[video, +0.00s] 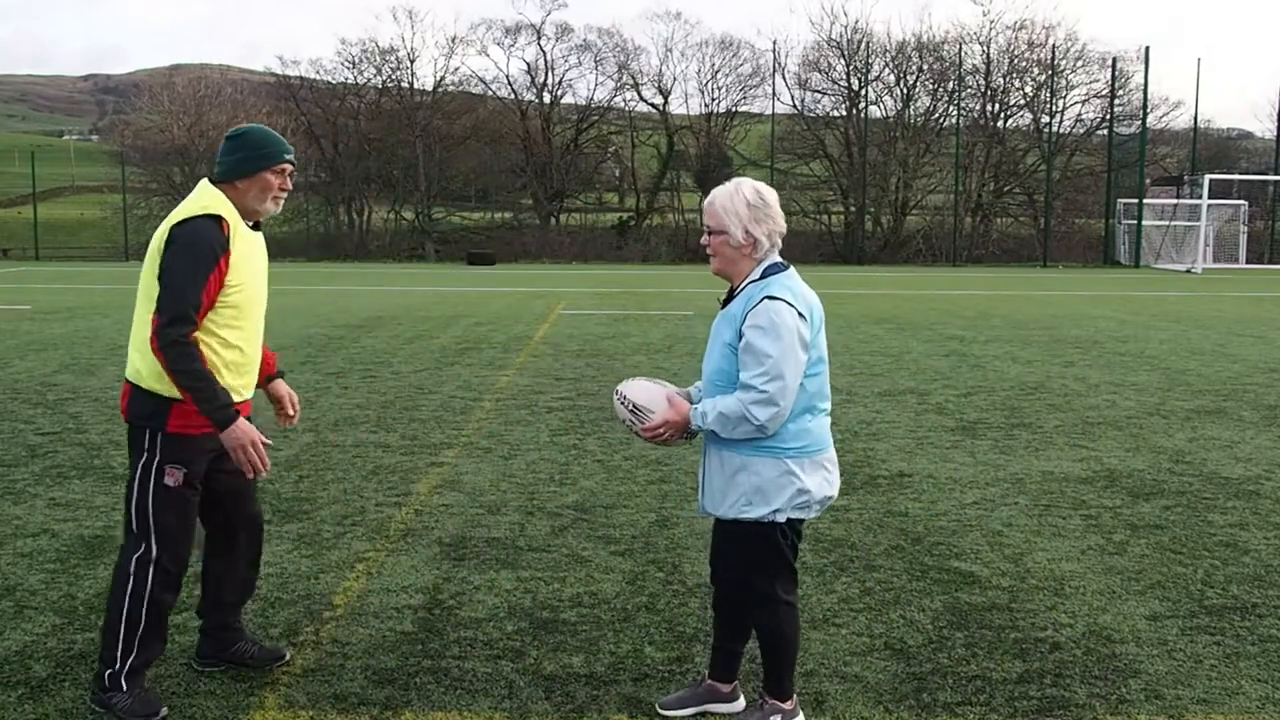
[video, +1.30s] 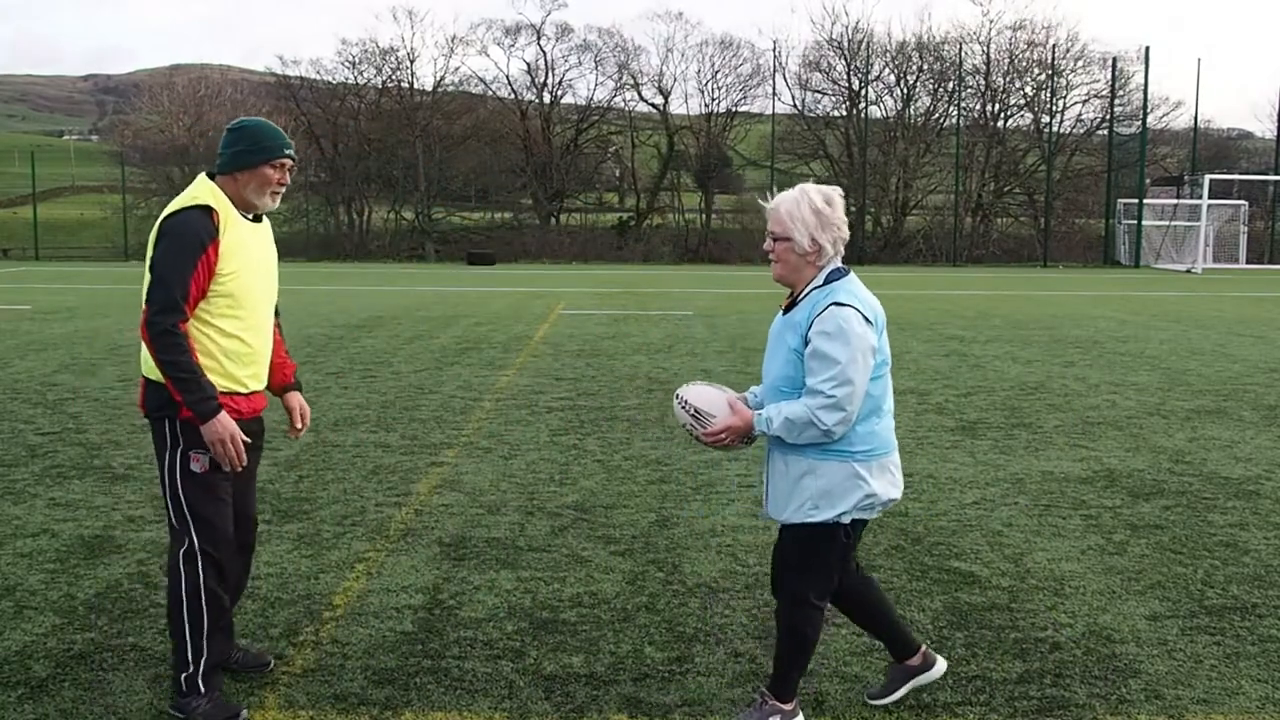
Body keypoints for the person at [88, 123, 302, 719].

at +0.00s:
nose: (285, 186)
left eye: (288, 177)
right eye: (275, 174)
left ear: (271, 181)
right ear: (238, 173)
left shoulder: (244, 228)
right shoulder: (201, 227)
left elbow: (237, 317)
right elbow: (172, 333)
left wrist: (270, 375)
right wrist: (226, 418)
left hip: (221, 413)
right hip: (170, 412)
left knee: (238, 526)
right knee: (155, 551)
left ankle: (222, 638)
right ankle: (118, 682)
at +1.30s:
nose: (285, 179)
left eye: (288, 169)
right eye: (276, 168)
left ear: (272, 172)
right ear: (239, 166)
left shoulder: (256, 223)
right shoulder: (193, 220)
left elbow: (260, 311)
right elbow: (162, 323)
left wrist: (286, 384)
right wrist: (207, 413)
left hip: (240, 409)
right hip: (189, 413)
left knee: (235, 538)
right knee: (201, 549)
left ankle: (216, 644)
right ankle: (193, 692)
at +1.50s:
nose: (293, 181)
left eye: (297, 171)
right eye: (284, 170)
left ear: (277, 175)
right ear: (246, 169)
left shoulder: (259, 225)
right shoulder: (202, 225)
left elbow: (261, 316)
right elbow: (174, 332)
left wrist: (290, 388)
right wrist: (223, 420)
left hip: (245, 413)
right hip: (198, 417)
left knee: (242, 542)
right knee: (217, 552)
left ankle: (216, 643)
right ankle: (218, 690)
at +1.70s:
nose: (298, 177)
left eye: (300, 167)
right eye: (288, 166)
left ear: (265, 169)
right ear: (250, 166)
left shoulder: (258, 223)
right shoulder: (208, 227)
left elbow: (261, 318)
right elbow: (193, 338)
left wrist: (291, 387)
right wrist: (237, 434)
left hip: (256, 412)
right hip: (210, 420)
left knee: (265, 533)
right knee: (231, 552)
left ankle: (220, 636)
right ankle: (221, 694)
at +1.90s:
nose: (306, 174)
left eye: (307, 163)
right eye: (296, 163)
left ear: (265, 166)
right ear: (258, 164)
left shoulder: (262, 220)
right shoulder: (218, 225)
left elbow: (270, 316)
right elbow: (208, 338)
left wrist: (297, 385)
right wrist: (249, 435)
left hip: (269, 412)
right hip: (222, 416)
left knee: (282, 539)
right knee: (236, 555)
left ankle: (250, 647)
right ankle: (221, 693)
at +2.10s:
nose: (318, 175)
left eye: (320, 164)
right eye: (309, 164)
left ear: (285, 167)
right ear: (270, 165)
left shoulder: (279, 221)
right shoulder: (228, 225)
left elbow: (281, 318)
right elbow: (215, 336)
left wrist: (312, 388)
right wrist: (258, 432)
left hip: (277, 413)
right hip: (228, 419)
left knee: (283, 550)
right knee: (242, 560)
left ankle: (270, 664)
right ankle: (222, 695)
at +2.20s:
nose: (324, 173)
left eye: (325, 163)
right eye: (314, 162)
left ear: (291, 165)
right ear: (277, 162)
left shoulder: (286, 221)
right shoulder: (232, 222)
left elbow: (289, 317)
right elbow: (217, 333)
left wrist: (319, 388)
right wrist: (260, 426)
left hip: (282, 411)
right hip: (231, 416)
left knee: (283, 549)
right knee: (241, 557)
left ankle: (270, 665)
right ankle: (222, 692)